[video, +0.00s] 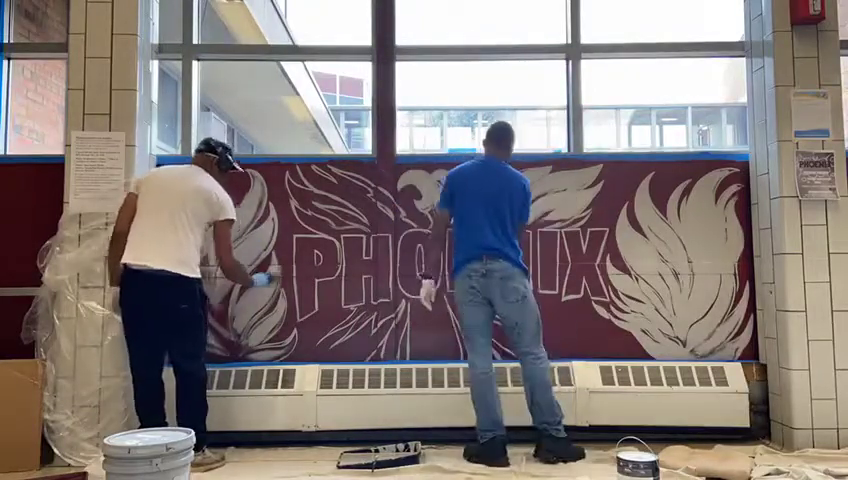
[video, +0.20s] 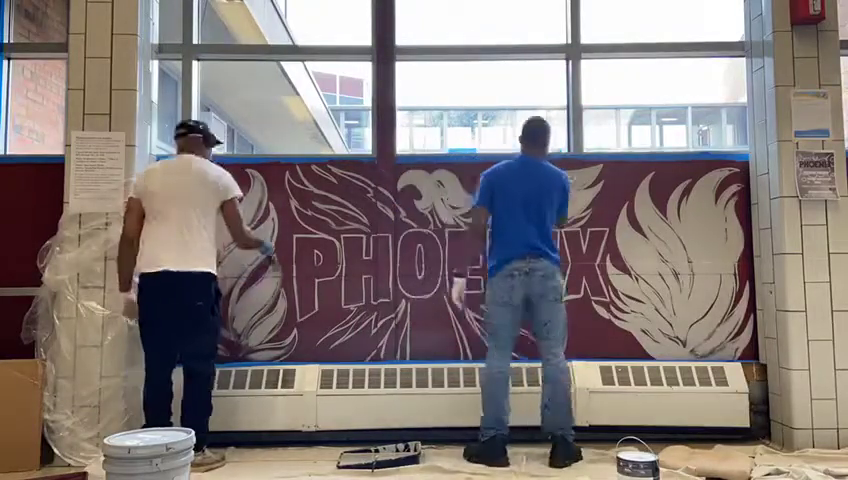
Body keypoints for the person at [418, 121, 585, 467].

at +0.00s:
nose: (497, 152)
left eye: (490, 144)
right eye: (505, 148)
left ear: (483, 144)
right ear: (512, 149)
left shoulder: (458, 175)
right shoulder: (520, 182)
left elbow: (440, 222)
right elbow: (519, 228)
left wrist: (457, 199)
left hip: (467, 272)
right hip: (507, 271)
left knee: (479, 355)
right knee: (532, 353)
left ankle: (492, 443)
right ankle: (552, 437)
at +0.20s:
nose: (538, 147)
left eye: (530, 138)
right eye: (544, 142)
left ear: (520, 140)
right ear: (547, 144)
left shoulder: (494, 175)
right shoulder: (559, 178)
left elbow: (478, 222)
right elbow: (560, 220)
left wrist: (485, 247)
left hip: (505, 272)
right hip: (546, 271)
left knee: (498, 354)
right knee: (553, 355)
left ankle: (493, 443)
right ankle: (562, 443)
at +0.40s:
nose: (569, 147)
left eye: (560, 139)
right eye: (577, 142)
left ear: (553, 140)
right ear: (581, 144)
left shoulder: (528, 173)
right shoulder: (592, 182)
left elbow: (510, 225)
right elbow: (592, 227)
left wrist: (498, 271)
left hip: (531, 273)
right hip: (573, 273)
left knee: (514, 355)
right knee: (567, 357)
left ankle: (506, 438)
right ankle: (563, 441)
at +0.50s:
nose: (478, 131)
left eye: (476, 124)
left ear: (477, 125)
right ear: (508, 123)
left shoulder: (465, 159)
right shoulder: (535, 161)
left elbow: (447, 216)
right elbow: (558, 220)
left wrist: (446, 266)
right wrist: (543, 241)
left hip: (475, 267)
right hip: (522, 266)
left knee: (449, 363)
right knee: (526, 369)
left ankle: (431, 459)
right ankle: (531, 466)